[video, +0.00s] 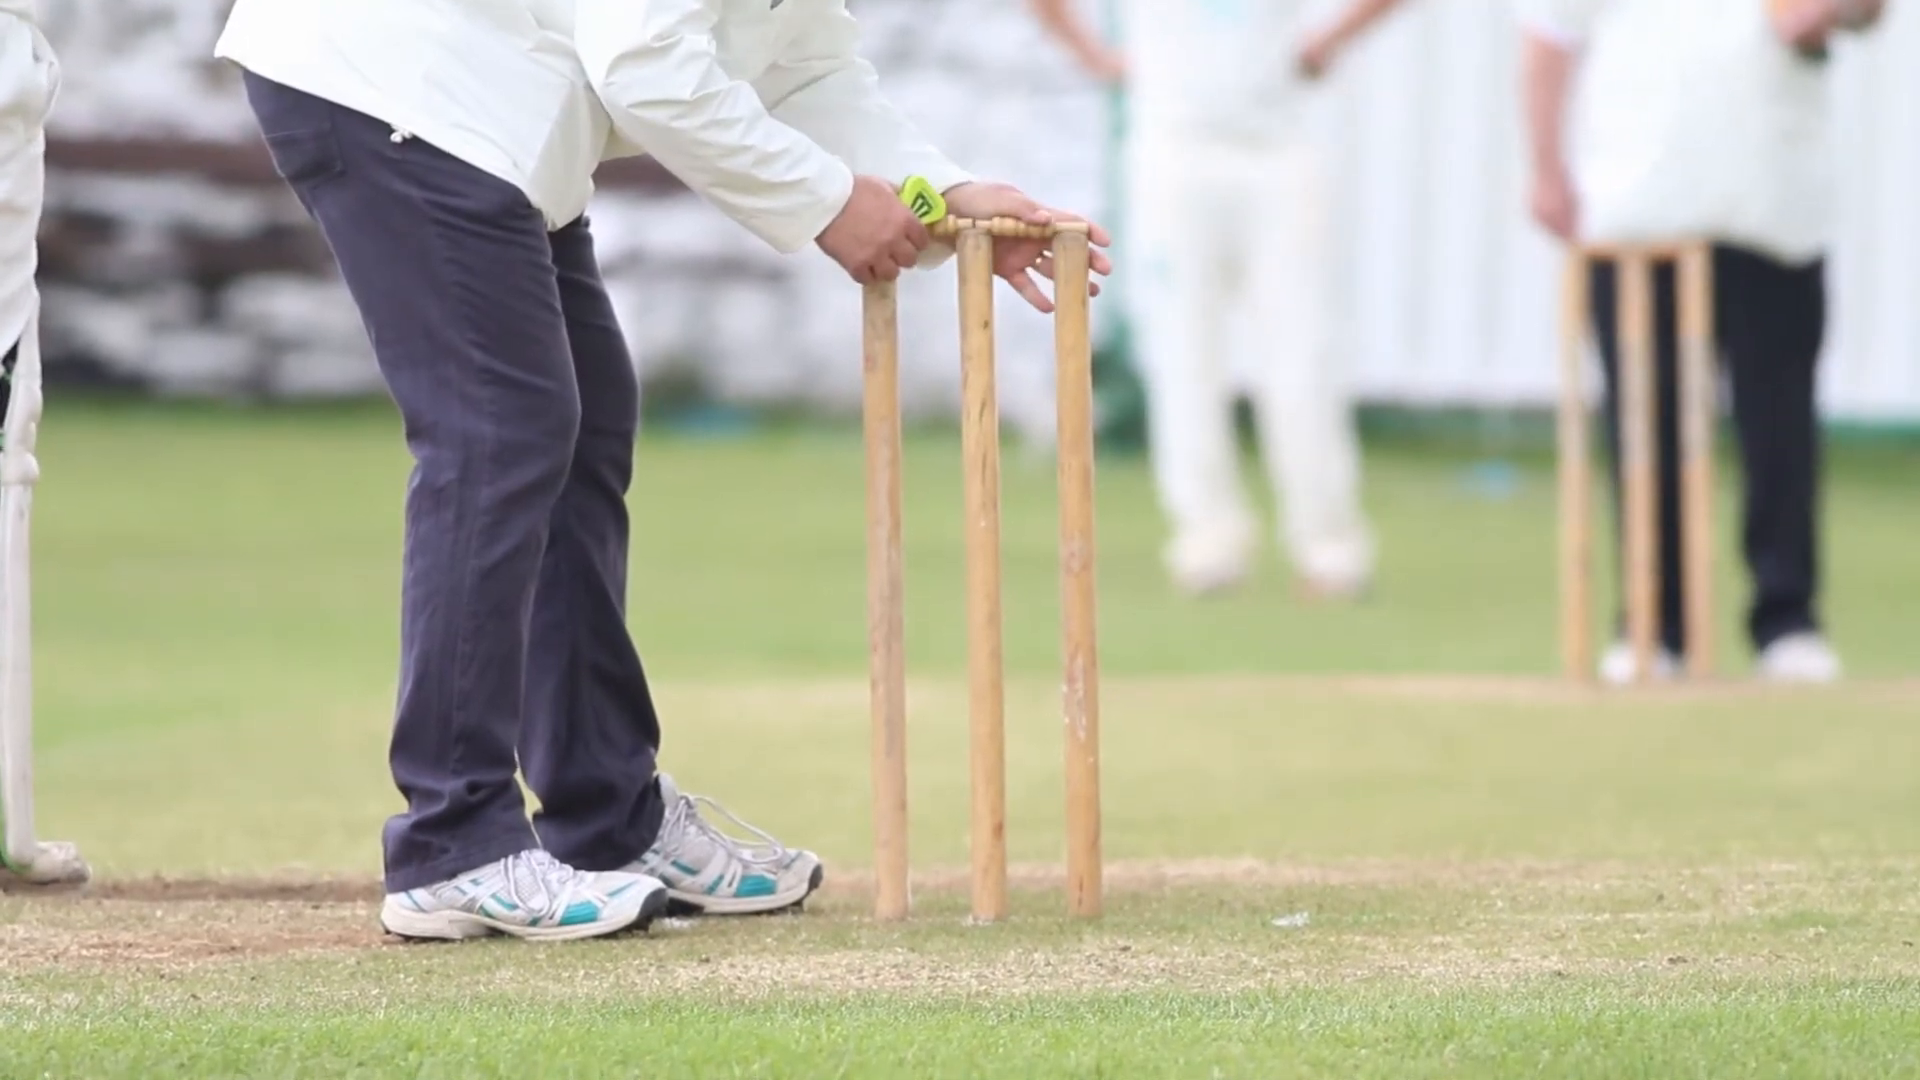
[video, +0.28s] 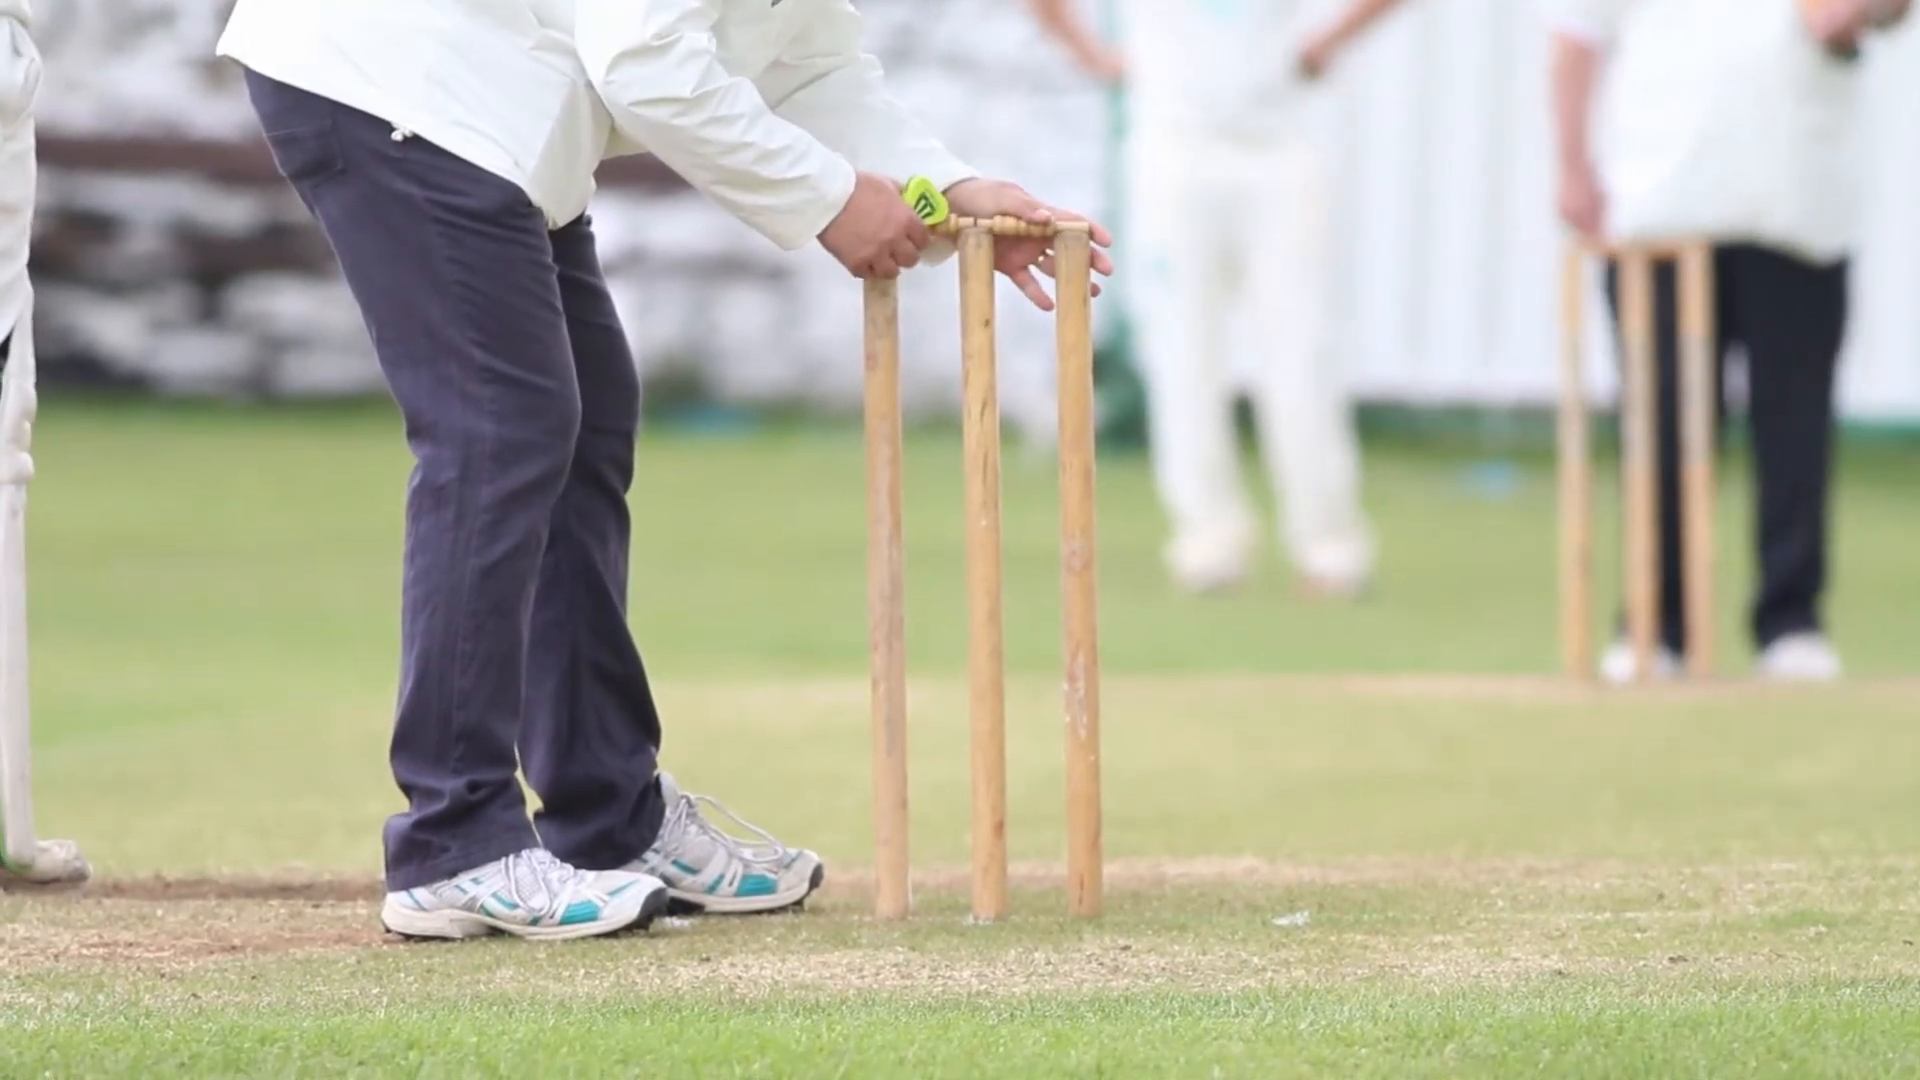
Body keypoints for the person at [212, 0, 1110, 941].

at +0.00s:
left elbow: (804, 61)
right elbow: (643, 62)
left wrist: (944, 189)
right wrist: (825, 200)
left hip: (491, 80)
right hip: (381, 57)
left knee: (587, 417)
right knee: (506, 424)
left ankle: (607, 821)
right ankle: (452, 852)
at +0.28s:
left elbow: (813, 65)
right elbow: (642, 59)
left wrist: (951, 186)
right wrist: (827, 197)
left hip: (493, 80)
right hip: (384, 56)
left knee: (589, 417)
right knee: (506, 423)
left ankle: (607, 819)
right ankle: (452, 851)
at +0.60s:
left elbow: (814, 67)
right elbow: (659, 61)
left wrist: (962, 193)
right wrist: (847, 191)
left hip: (491, 74)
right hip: (383, 53)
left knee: (588, 411)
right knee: (506, 421)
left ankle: (608, 818)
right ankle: (452, 849)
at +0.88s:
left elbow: (815, 65)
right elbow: (657, 54)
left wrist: (957, 192)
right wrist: (845, 188)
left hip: (488, 73)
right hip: (383, 52)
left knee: (588, 411)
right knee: (506, 421)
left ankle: (608, 818)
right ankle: (452, 849)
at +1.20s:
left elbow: (814, 61)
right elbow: (655, 54)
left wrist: (959, 189)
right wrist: (846, 186)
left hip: (490, 74)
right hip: (380, 53)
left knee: (590, 406)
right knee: (506, 418)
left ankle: (607, 816)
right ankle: (453, 847)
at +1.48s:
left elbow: (813, 62)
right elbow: (655, 52)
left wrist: (959, 186)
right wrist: (848, 184)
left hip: (488, 72)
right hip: (377, 51)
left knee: (591, 405)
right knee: (507, 416)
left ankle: (606, 815)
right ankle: (453, 847)